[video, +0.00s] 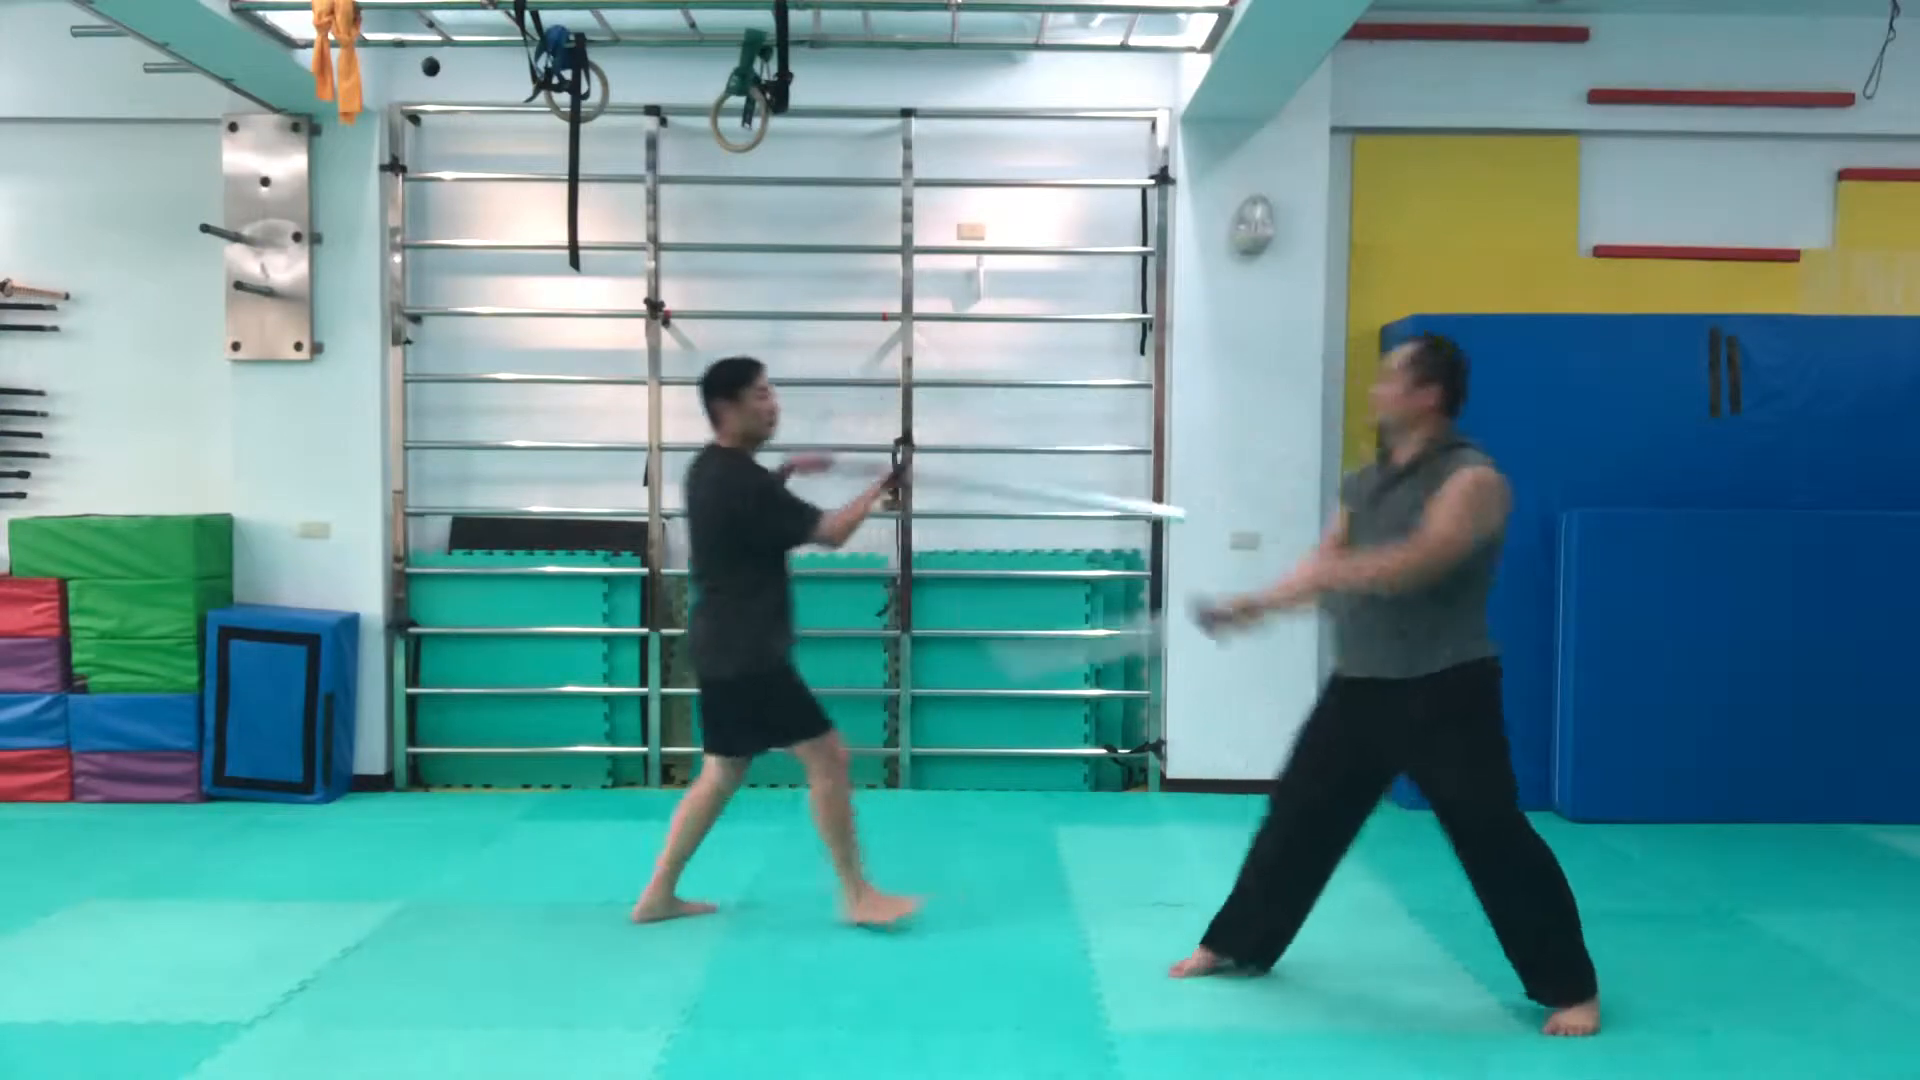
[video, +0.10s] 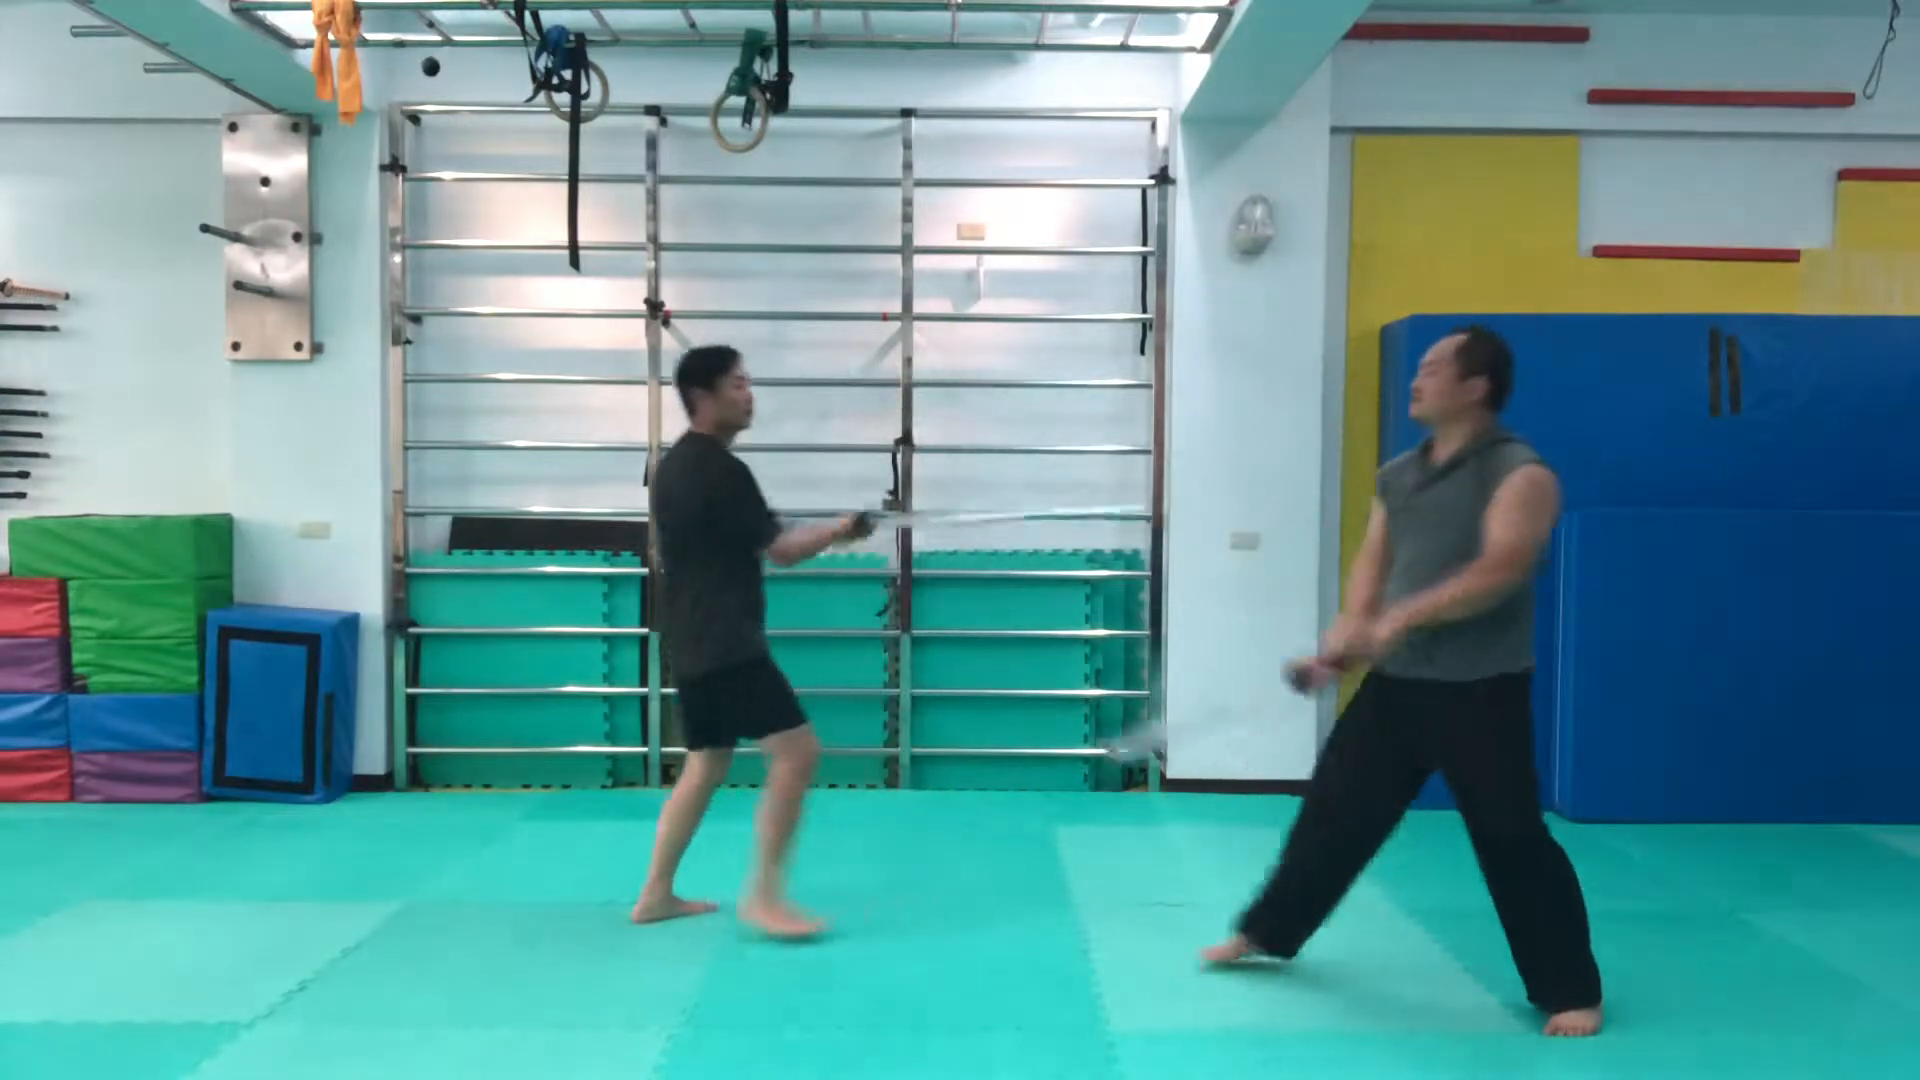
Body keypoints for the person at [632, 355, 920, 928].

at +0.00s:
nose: (774, 404)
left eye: (771, 393)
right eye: (761, 396)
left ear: (726, 411)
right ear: (727, 409)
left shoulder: (706, 471)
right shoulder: (746, 481)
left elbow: (744, 506)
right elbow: (830, 531)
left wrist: (788, 471)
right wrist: (875, 493)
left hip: (719, 657)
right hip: (752, 658)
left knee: (721, 774)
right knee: (827, 758)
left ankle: (657, 895)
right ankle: (857, 896)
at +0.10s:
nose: (750, 395)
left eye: (747, 384)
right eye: (738, 386)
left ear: (701, 399)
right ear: (703, 398)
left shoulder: (671, 466)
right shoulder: (723, 470)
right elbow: (782, 549)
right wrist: (839, 530)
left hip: (690, 649)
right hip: (730, 648)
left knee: (704, 765)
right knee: (797, 751)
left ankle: (656, 893)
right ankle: (765, 900)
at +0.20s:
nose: (731, 390)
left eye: (727, 378)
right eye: (718, 380)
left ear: (679, 393)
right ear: (682, 392)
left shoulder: (652, 460)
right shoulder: (702, 463)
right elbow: (736, 558)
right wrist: (800, 565)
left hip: (662, 648)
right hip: (705, 647)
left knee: (690, 764)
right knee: (757, 760)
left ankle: (654, 893)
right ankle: (678, 893)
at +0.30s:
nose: (720, 389)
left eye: (717, 378)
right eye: (708, 380)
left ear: (669, 393)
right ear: (673, 391)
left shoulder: (639, 460)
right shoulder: (682, 465)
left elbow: (651, 570)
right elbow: (702, 566)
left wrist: (740, 582)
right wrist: (763, 582)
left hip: (643, 647)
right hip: (675, 649)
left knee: (673, 769)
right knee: (704, 775)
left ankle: (655, 897)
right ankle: (606, 910)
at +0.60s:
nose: (696, 403)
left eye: (693, 390)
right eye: (684, 392)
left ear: (642, 401)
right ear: (645, 400)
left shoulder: (611, 457)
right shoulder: (629, 467)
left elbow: (608, 578)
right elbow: (643, 581)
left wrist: (667, 620)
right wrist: (731, 593)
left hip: (555, 648)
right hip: (574, 658)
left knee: (590, 779)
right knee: (612, 792)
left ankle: (578, 898)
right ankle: (564, 954)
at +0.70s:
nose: (673, 403)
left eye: (671, 390)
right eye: (663, 391)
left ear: (622, 401)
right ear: (622, 399)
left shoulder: (585, 457)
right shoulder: (607, 469)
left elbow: (601, 567)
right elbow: (621, 579)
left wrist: (659, 609)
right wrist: (714, 587)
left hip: (522, 652)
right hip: (559, 663)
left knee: (549, 773)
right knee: (599, 794)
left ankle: (485, 893)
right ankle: (564, 956)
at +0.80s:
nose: (648, 402)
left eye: (646, 389)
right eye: (636, 390)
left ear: (592, 399)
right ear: (597, 397)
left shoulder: (557, 458)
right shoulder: (584, 472)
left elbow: (563, 569)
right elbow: (602, 582)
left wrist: (635, 599)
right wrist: (698, 583)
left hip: (502, 658)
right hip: (547, 668)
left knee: (516, 772)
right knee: (596, 792)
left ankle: (406, 887)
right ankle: (564, 956)